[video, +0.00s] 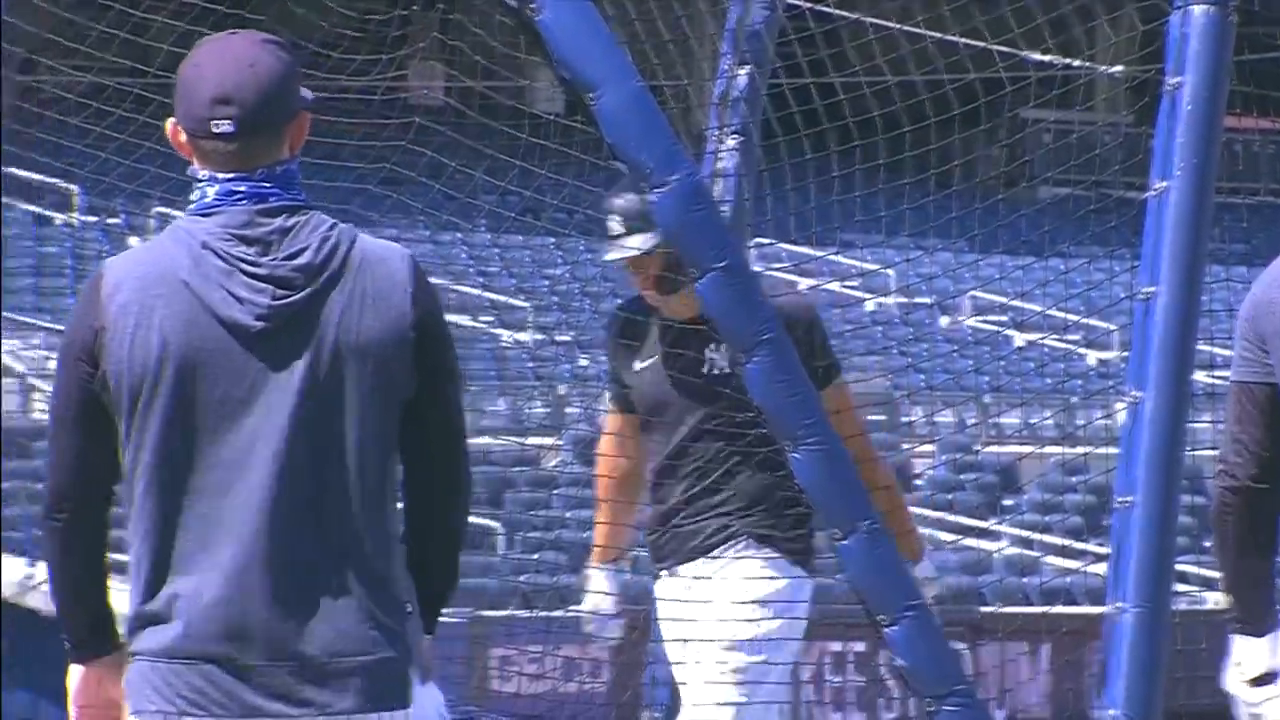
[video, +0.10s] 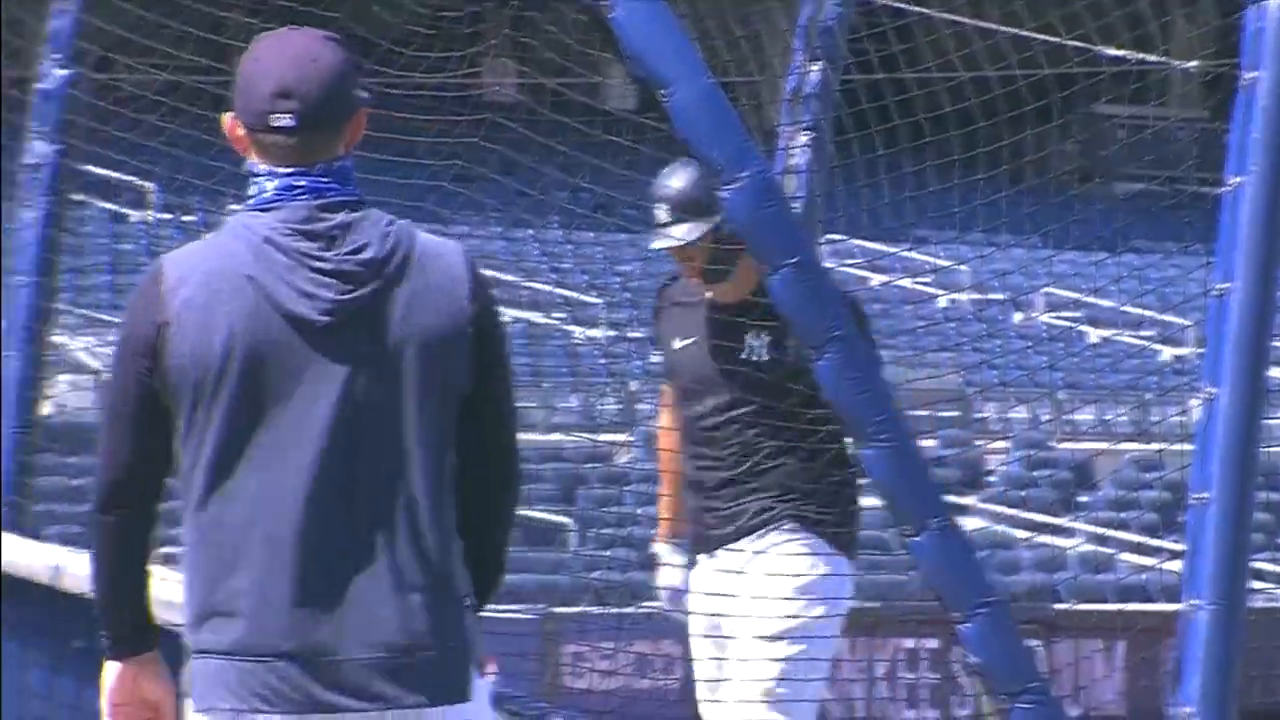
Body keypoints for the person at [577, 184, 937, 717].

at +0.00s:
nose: (645, 279)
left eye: (656, 257)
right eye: (631, 262)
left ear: (696, 243)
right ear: (619, 261)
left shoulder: (778, 315)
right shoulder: (634, 327)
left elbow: (847, 436)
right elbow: (621, 445)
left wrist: (905, 548)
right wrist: (603, 567)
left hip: (761, 557)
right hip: (678, 567)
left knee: (726, 706)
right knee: (721, 707)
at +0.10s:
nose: (690, 266)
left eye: (702, 249)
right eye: (677, 253)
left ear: (745, 233)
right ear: (667, 244)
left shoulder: (811, 304)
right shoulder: (675, 303)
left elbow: (868, 413)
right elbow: (675, 418)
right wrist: (670, 537)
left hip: (796, 542)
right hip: (712, 551)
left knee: (766, 705)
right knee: (721, 706)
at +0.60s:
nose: (628, 232)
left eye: (642, 212)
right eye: (616, 217)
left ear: (685, 197)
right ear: (605, 215)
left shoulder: (768, 281)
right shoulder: (624, 298)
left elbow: (791, 425)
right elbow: (599, 418)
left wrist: (739, 531)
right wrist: (533, 411)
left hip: (748, 559)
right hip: (642, 567)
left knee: (771, 710)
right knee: (610, 712)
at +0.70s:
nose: (575, 228)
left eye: (585, 207)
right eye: (566, 213)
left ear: (630, 195)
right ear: (559, 212)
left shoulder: (725, 278)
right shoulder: (578, 300)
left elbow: (753, 422)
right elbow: (531, 426)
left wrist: (692, 521)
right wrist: (478, 350)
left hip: (706, 567)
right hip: (596, 567)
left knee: (719, 709)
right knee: (572, 712)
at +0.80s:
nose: (544, 229)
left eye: (555, 210)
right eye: (528, 216)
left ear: (592, 187)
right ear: (515, 211)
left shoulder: (687, 269)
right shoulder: (535, 288)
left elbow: (717, 411)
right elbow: (462, 404)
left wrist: (651, 518)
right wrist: (446, 287)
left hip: (654, 572)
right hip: (545, 567)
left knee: (660, 709)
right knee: (530, 713)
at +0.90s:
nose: (514, 232)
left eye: (524, 212)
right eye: (500, 217)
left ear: (566, 185)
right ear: (487, 210)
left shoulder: (666, 259)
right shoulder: (501, 274)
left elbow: (694, 409)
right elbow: (413, 366)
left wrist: (622, 517)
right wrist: (430, 236)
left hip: (616, 560)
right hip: (510, 552)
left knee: (607, 712)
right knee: (498, 713)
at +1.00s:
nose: (490, 216)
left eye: (500, 197)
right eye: (475, 202)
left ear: (544, 175)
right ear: (460, 194)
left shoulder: (642, 259)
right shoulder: (468, 264)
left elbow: (671, 408)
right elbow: (381, 349)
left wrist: (604, 512)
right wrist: (408, 215)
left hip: (586, 547)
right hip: (480, 544)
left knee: (571, 708)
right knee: (477, 708)